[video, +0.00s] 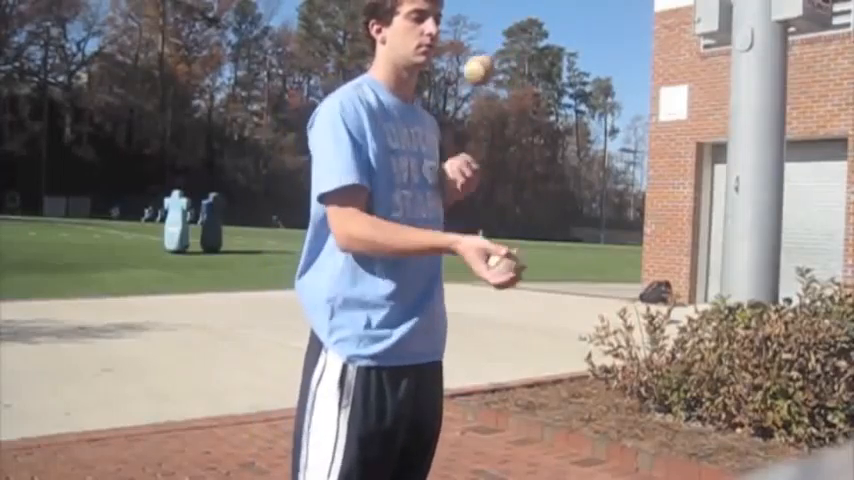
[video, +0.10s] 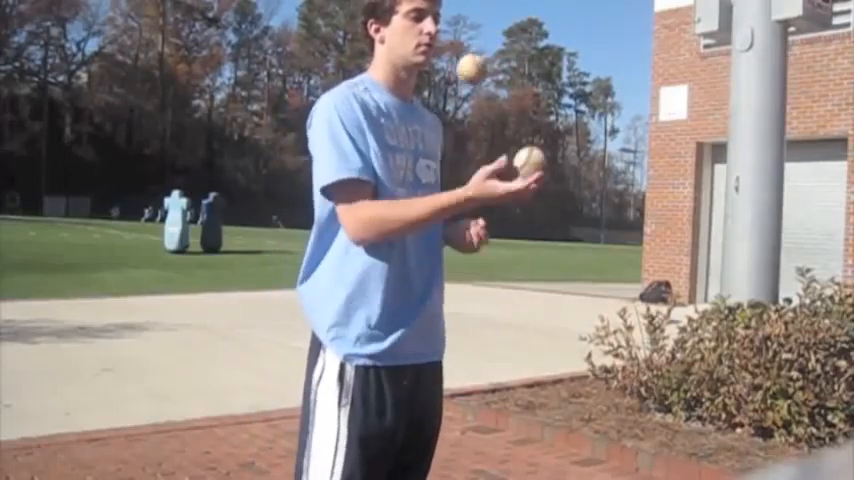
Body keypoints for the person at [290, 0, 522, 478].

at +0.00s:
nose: (433, 30)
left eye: (436, 20)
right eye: (417, 17)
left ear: (439, 30)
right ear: (378, 29)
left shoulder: (426, 123)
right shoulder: (344, 109)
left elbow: (418, 212)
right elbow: (349, 229)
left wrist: (448, 187)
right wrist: (456, 243)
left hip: (421, 355)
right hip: (355, 356)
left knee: (407, 471)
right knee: (335, 471)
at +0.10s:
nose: (431, 29)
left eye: (435, 18)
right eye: (417, 16)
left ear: (438, 29)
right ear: (378, 29)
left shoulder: (430, 124)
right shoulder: (340, 107)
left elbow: (415, 216)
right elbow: (361, 223)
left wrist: (455, 231)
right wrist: (466, 196)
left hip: (421, 350)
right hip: (355, 352)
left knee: (408, 470)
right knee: (340, 470)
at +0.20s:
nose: (432, 28)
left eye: (435, 18)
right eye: (416, 15)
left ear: (438, 30)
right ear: (376, 28)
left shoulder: (435, 123)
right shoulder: (335, 106)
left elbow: (428, 228)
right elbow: (338, 222)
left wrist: (459, 269)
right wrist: (439, 177)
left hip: (423, 349)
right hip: (355, 351)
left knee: (409, 471)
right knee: (345, 471)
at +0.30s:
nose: (433, 28)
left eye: (436, 18)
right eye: (417, 15)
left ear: (437, 31)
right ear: (377, 28)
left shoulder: (437, 124)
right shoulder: (334, 106)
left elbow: (440, 224)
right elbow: (295, 215)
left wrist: (468, 250)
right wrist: (403, 194)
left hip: (423, 350)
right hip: (356, 351)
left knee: (410, 470)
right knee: (349, 471)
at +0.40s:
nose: (435, 27)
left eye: (438, 17)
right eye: (421, 15)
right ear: (380, 27)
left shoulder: (436, 124)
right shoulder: (336, 107)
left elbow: (451, 226)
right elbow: (279, 208)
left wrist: (476, 201)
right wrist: (381, 238)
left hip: (423, 348)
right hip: (356, 350)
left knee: (409, 470)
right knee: (351, 471)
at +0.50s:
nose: (436, 28)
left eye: (439, 17)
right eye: (421, 14)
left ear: (440, 29)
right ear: (381, 27)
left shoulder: (431, 121)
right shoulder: (340, 109)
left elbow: (436, 221)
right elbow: (303, 220)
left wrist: (467, 171)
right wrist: (407, 265)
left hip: (421, 350)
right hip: (356, 353)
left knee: (405, 471)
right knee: (345, 471)